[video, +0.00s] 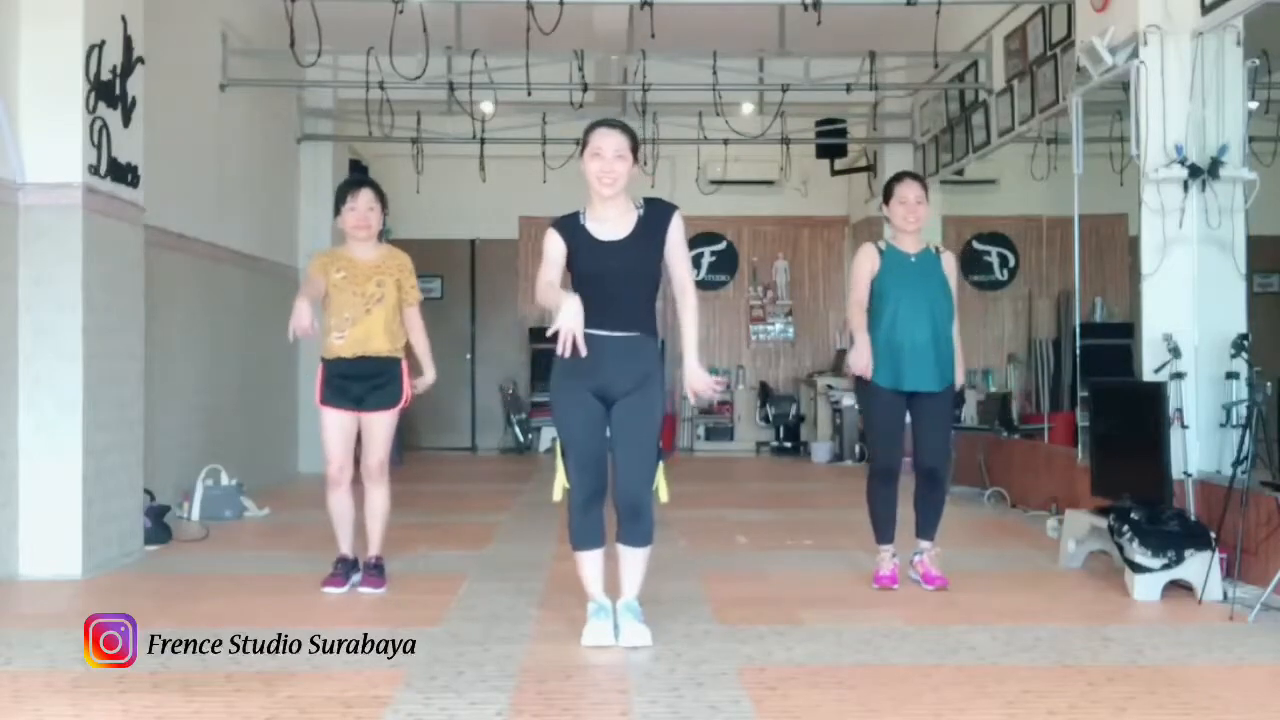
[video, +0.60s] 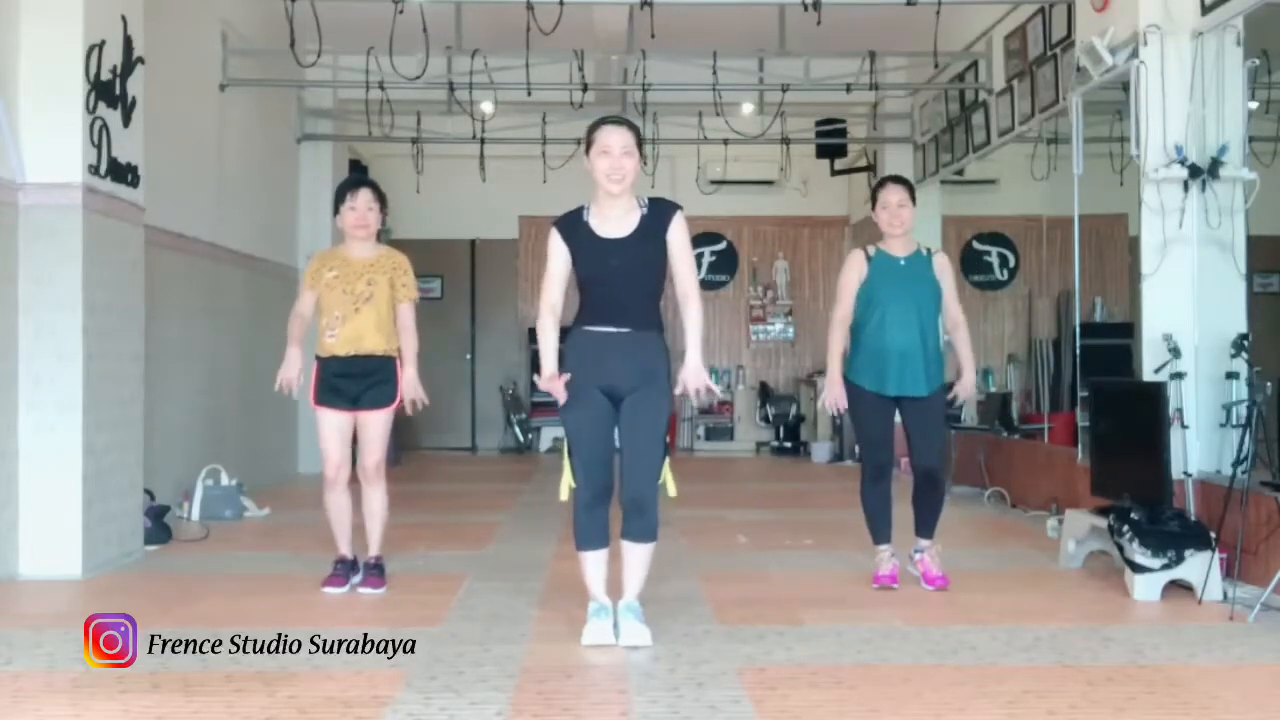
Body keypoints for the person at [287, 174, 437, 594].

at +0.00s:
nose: (361, 216)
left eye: (370, 209)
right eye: (352, 209)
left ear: (382, 217)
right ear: (339, 218)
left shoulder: (398, 262)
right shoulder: (326, 262)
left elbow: (412, 316)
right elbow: (310, 291)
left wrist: (427, 365)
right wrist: (303, 306)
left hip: (386, 370)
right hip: (338, 370)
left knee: (375, 468)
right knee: (337, 470)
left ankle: (373, 559)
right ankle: (345, 558)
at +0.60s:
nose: (361, 215)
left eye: (370, 208)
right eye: (352, 208)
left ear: (382, 216)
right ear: (338, 217)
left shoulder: (396, 263)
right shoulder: (323, 263)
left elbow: (406, 323)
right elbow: (301, 313)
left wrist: (410, 371)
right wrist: (293, 353)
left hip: (380, 369)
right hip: (332, 370)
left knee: (372, 468)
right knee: (334, 470)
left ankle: (374, 560)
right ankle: (344, 560)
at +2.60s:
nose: (363, 228)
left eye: (371, 219)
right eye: (354, 220)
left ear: (382, 224)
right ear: (339, 225)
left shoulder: (397, 267)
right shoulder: (326, 269)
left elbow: (413, 326)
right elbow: (306, 328)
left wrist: (422, 382)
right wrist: (300, 378)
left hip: (381, 372)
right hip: (333, 373)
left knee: (380, 463)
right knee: (341, 468)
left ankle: (399, 534)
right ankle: (349, 560)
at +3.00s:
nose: (354, 219)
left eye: (363, 212)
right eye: (346, 212)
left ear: (375, 219)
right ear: (332, 219)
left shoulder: (393, 262)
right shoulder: (322, 267)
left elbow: (416, 319)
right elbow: (309, 325)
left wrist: (398, 348)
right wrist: (303, 377)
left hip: (383, 371)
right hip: (336, 372)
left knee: (395, 469)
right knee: (344, 468)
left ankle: (408, 537)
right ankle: (350, 559)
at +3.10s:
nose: (355, 218)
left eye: (364, 211)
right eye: (347, 211)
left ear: (376, 219)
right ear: (333, 219)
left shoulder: (393, 260)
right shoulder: (322, 266)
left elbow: (415, 319)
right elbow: (310, 322)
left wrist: (385, 332)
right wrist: (303, 371)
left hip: (385, 371)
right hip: (337, 371)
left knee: (396, 469)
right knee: (344, 468)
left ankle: (409, 540)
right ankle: (350, 560)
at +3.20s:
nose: (355, 218)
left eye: (364, 211)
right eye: (347, 211)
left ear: (377, 219)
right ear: (334, 219)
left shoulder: (394, 261)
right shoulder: (324, 267)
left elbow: (414, 319)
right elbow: (313, 321)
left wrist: (382, 336)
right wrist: (300, 369)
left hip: (385, 372)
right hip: (337, 372)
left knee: (393, 468)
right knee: (344, 468)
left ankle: (410, 543)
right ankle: (349, 560)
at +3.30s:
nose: (356, 220)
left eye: (365, 212)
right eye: (347, 212)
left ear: (377, 220)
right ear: (335, 220)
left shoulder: (394, 264)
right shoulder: (324, 268)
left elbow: (410, 324)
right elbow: (312, 326)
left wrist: (389, 361)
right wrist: (298, 378)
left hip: (382, 370)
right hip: (334, 372)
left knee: (390, 467)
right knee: (341, 469)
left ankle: (411, 543)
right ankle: (349, 560)